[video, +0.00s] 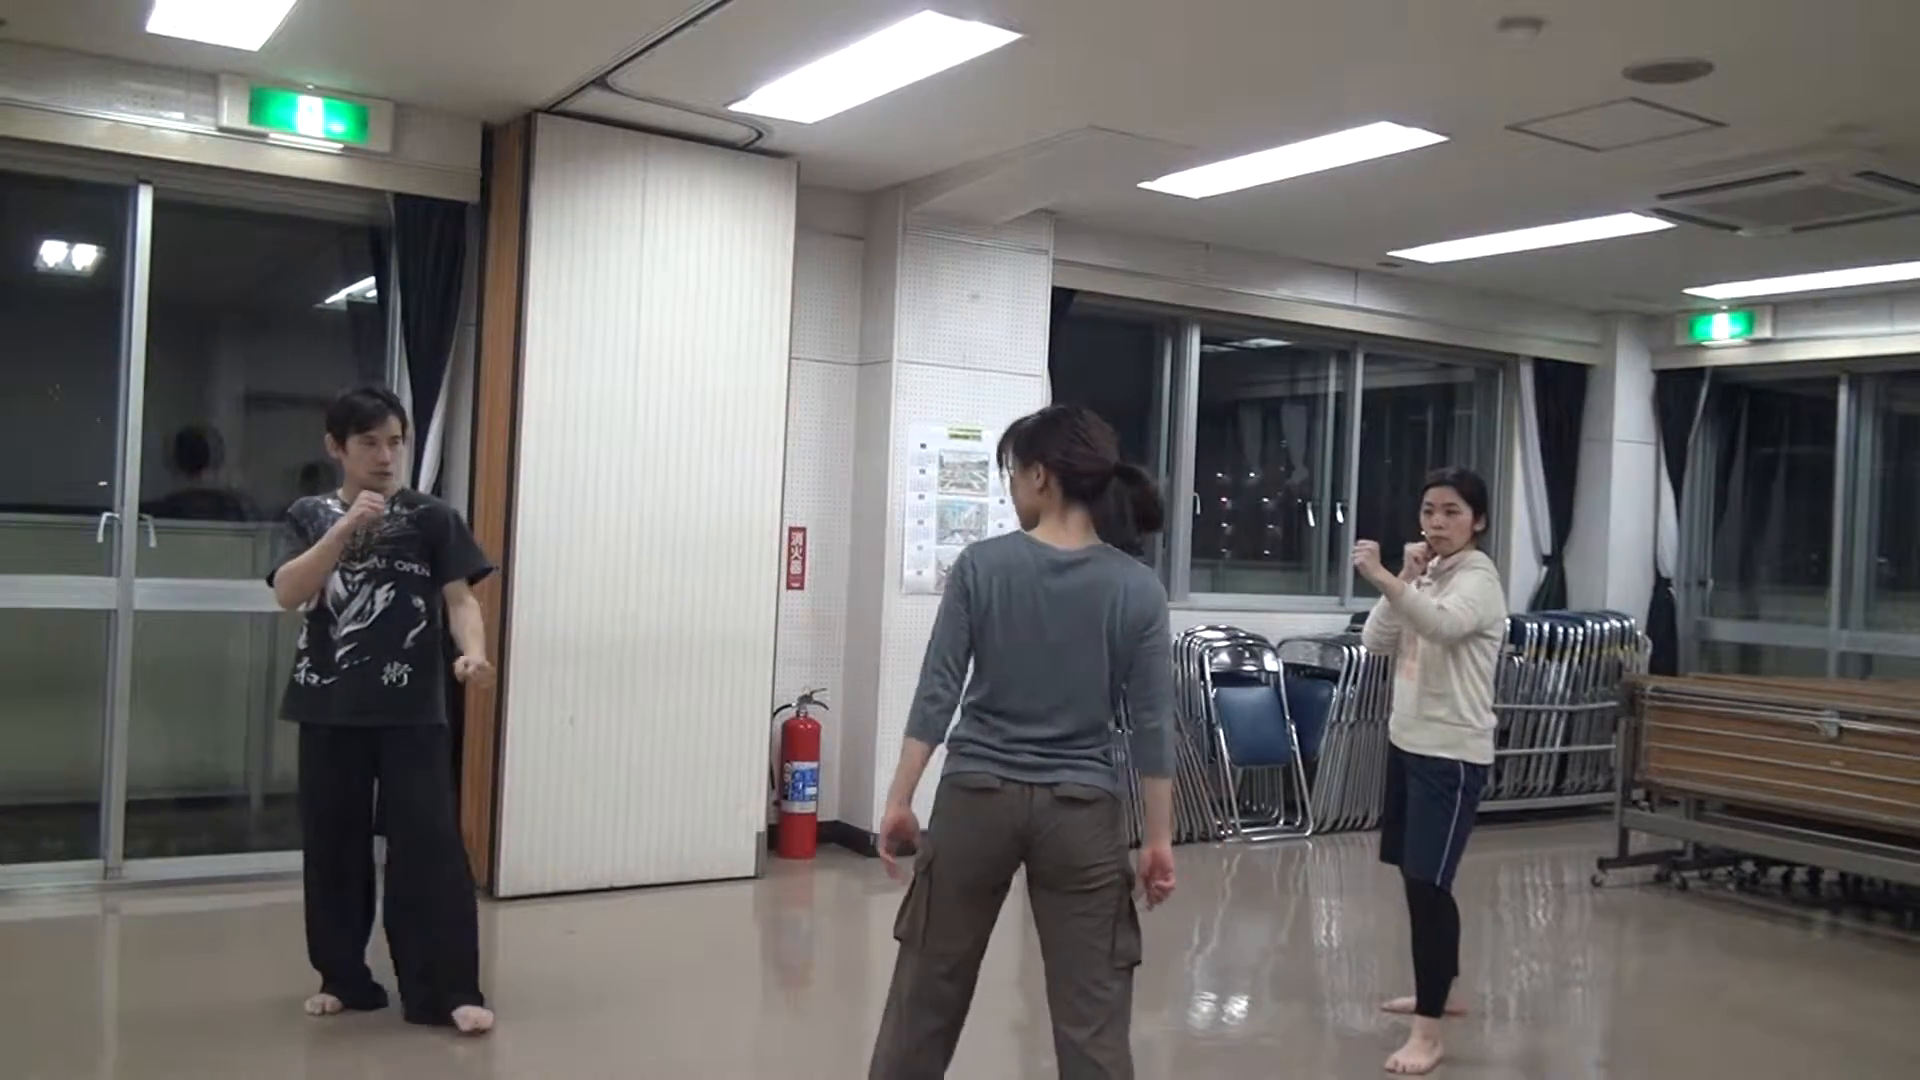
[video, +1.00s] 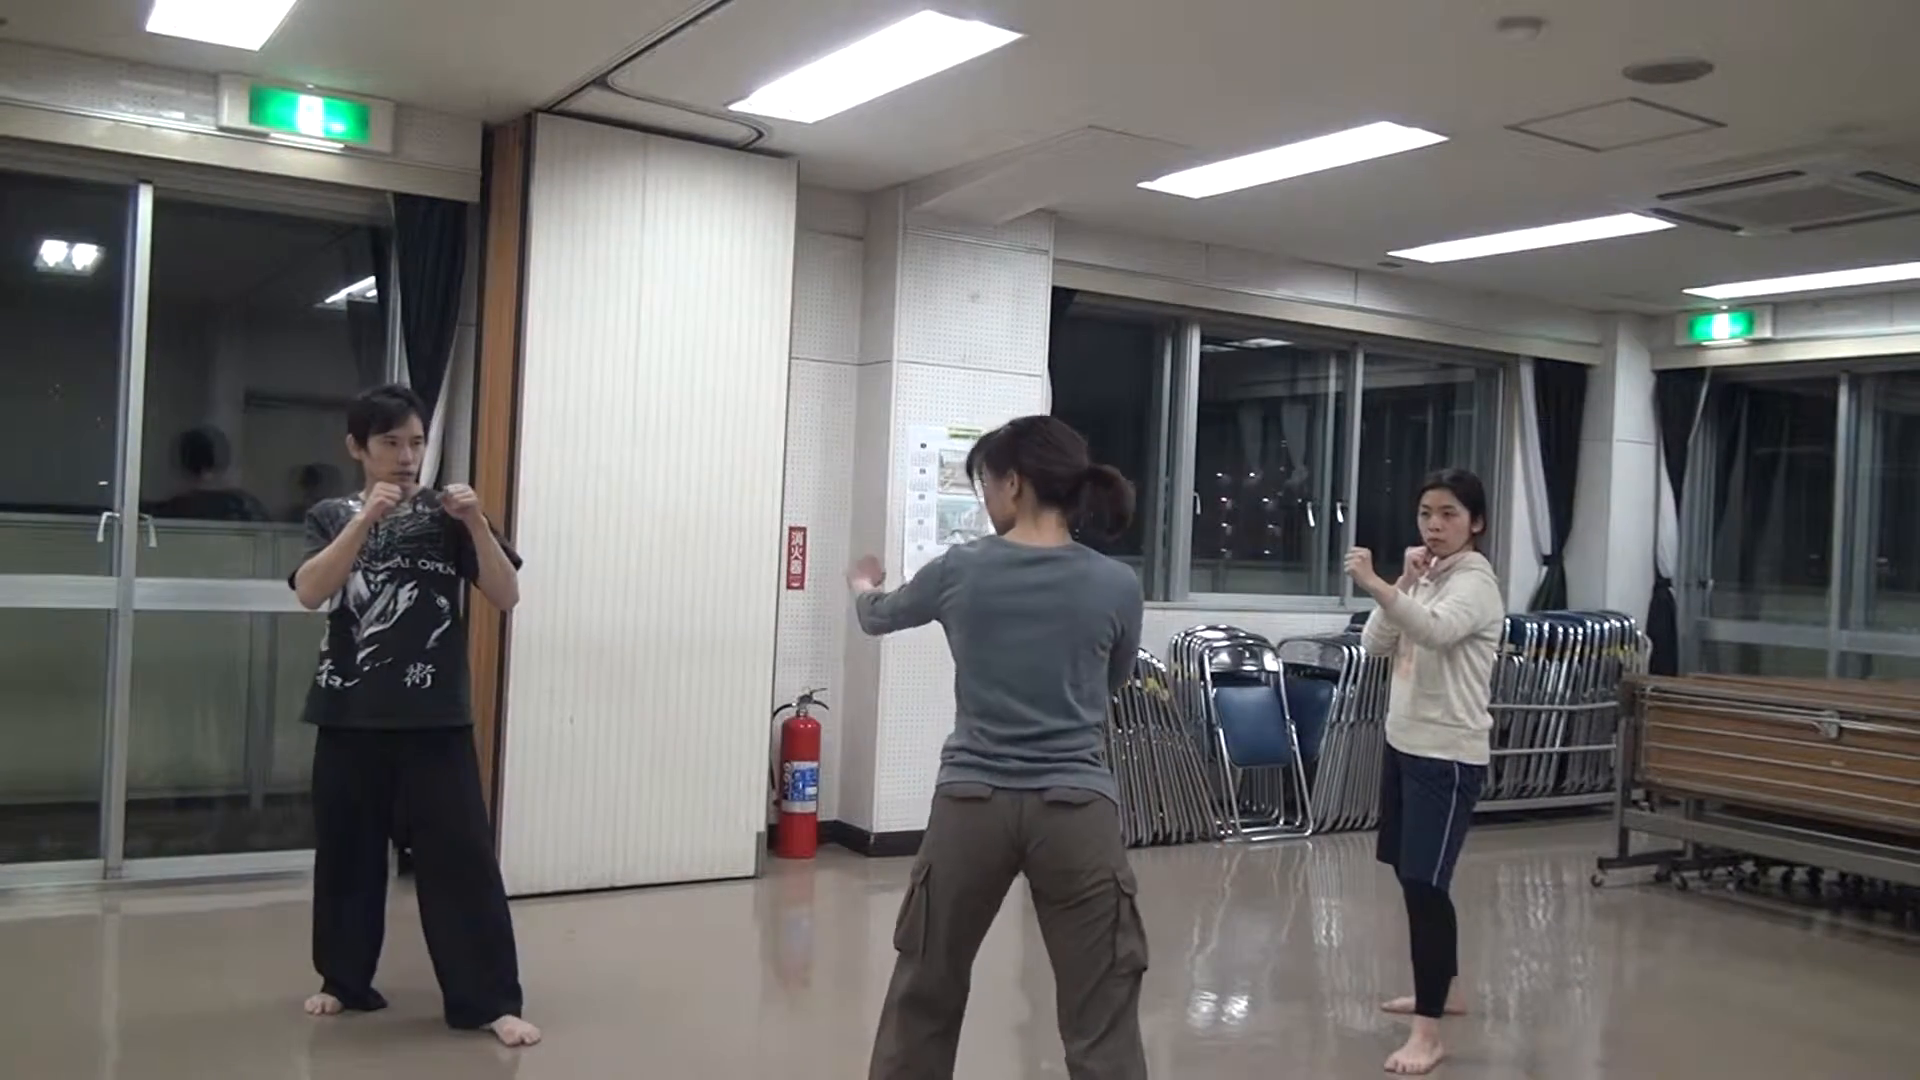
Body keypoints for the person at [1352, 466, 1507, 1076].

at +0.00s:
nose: (1436, 521)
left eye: (1451, 511)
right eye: (1429, 510)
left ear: (1476, 520)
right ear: (1420, 518)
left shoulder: (1479, 576)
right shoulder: (1424, 577)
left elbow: (1447, 624)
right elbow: (1375, 641)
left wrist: (1387, 579)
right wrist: (1406, 583)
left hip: (1451, 754)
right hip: (1410, 747)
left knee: (1427, 882)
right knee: (1415, 875)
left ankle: (1427, 1032)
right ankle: (1442, 991)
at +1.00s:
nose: (1433, 524)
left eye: (1447, 513)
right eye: (1426, 513)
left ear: (1475, 522)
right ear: (1419, 521)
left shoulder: (1477, 580)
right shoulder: (1422, 579)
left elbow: (1440, 630)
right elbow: (1375, 644)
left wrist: (1380, 587)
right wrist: (1404, 588)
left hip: (1447, 754)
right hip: (1406, 747)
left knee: (1425, 882)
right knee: (1409, 872)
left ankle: (1426, 1034)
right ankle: (1443, 988)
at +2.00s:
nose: (1434, 524)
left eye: (1447, 514)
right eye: (1427, 514)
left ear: (1474, 523)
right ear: (1418, 521)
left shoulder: (1477, 581)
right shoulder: (1421, 581)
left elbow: (1442, 631)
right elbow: (1375, 646)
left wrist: (1380, 588)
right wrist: (1404, 587)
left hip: (1448, 756)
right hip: (1406, 748)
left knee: (1427, 884)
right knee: (1408, 871)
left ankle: (1427, 1032)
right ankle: (1439, 989)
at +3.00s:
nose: (1439, 531)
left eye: (1452, 521)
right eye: (1430, 520)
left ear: (1475, 528)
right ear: (1419, 524)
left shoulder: (1479, 582)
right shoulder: (1416, 582)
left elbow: (1461, 637)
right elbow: (1372, 648)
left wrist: (1405, 593)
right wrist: (1404, 591)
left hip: (1456, 758)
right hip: (1408, 752)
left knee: (1429, 887)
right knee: (1390, 864)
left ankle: (1428, 1034)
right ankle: (1437, 986)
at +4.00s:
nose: (1441, 531)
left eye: (1454, 520)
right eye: (1432, 519)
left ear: (1477, 529)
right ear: (1419, 524)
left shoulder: (1480, 584)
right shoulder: (1414, 579)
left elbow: (1466, 638)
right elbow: (1371, 648)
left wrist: (1413, 595)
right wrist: (1405, 598)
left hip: (1453, 758)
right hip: (1400, 749)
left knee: (1431, 886)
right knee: (1390, 865)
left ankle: (1429, 1032)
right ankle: (1438, 985)